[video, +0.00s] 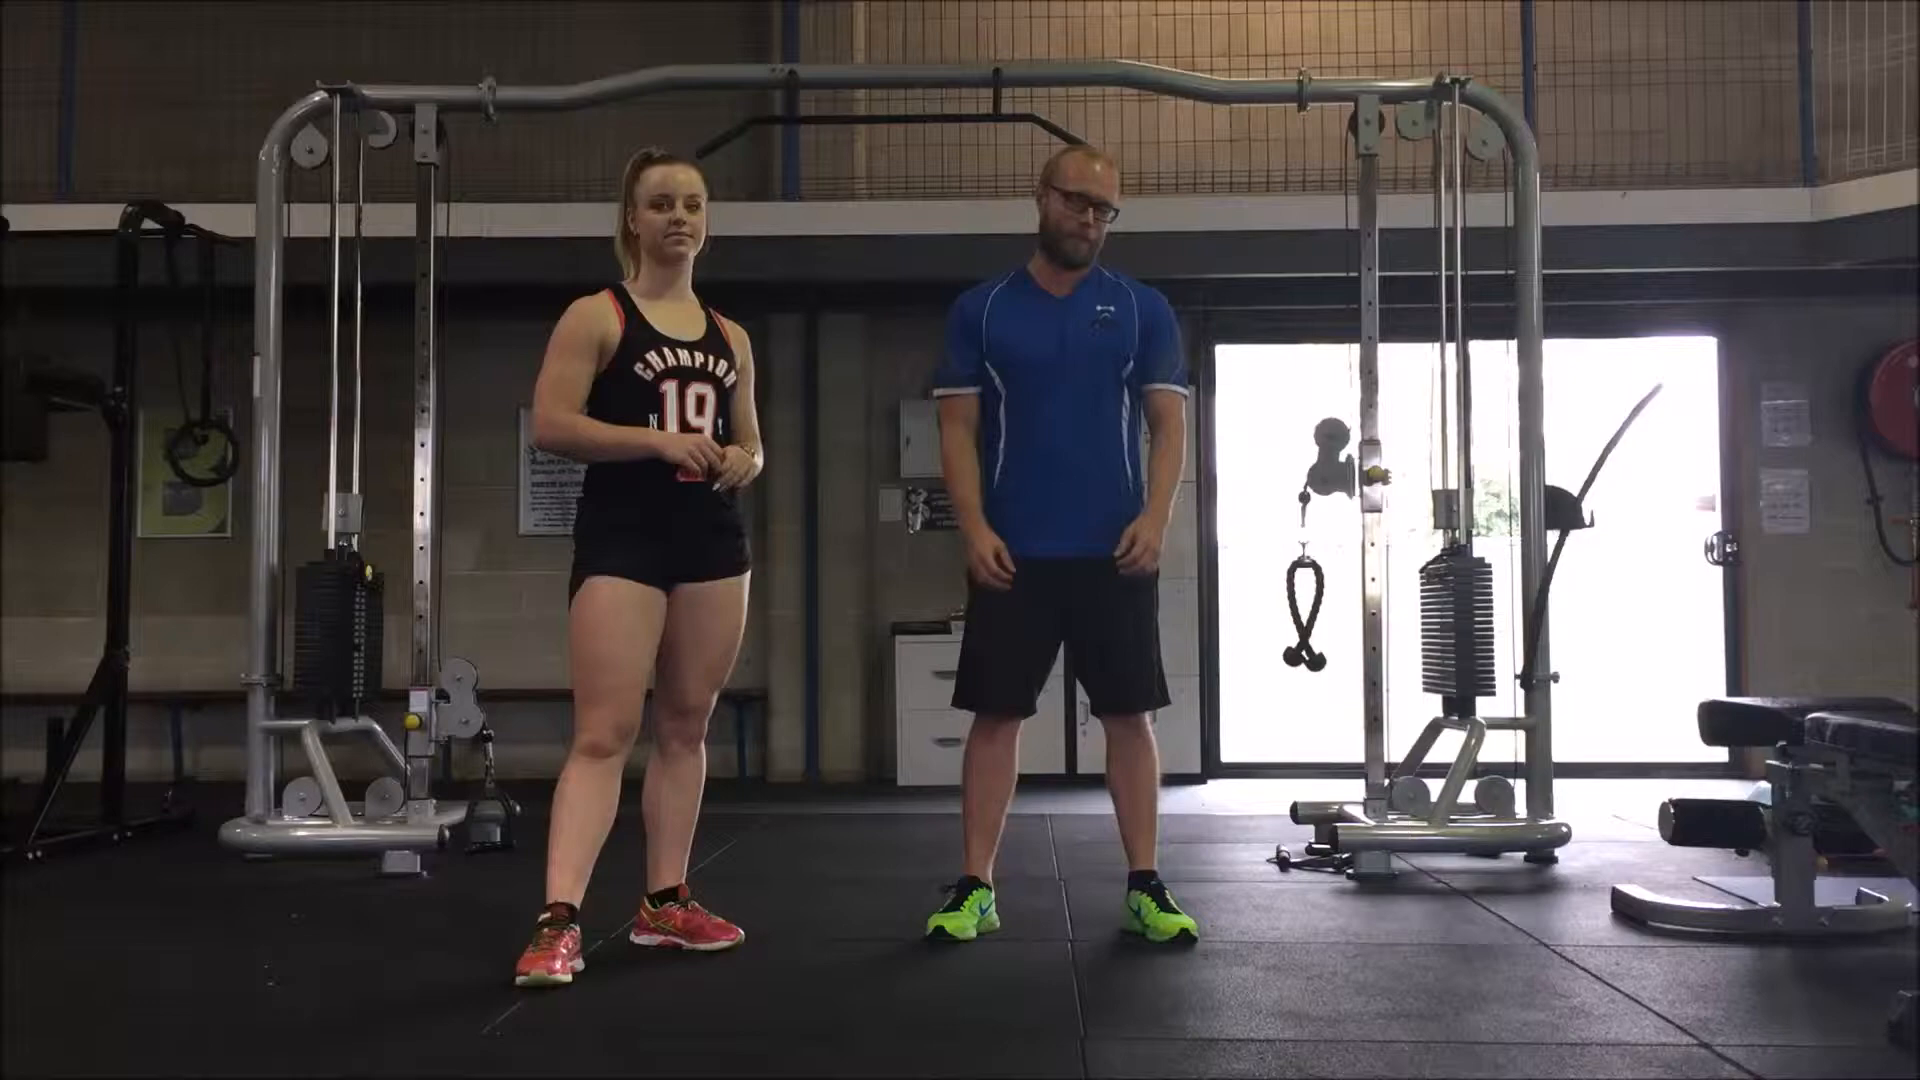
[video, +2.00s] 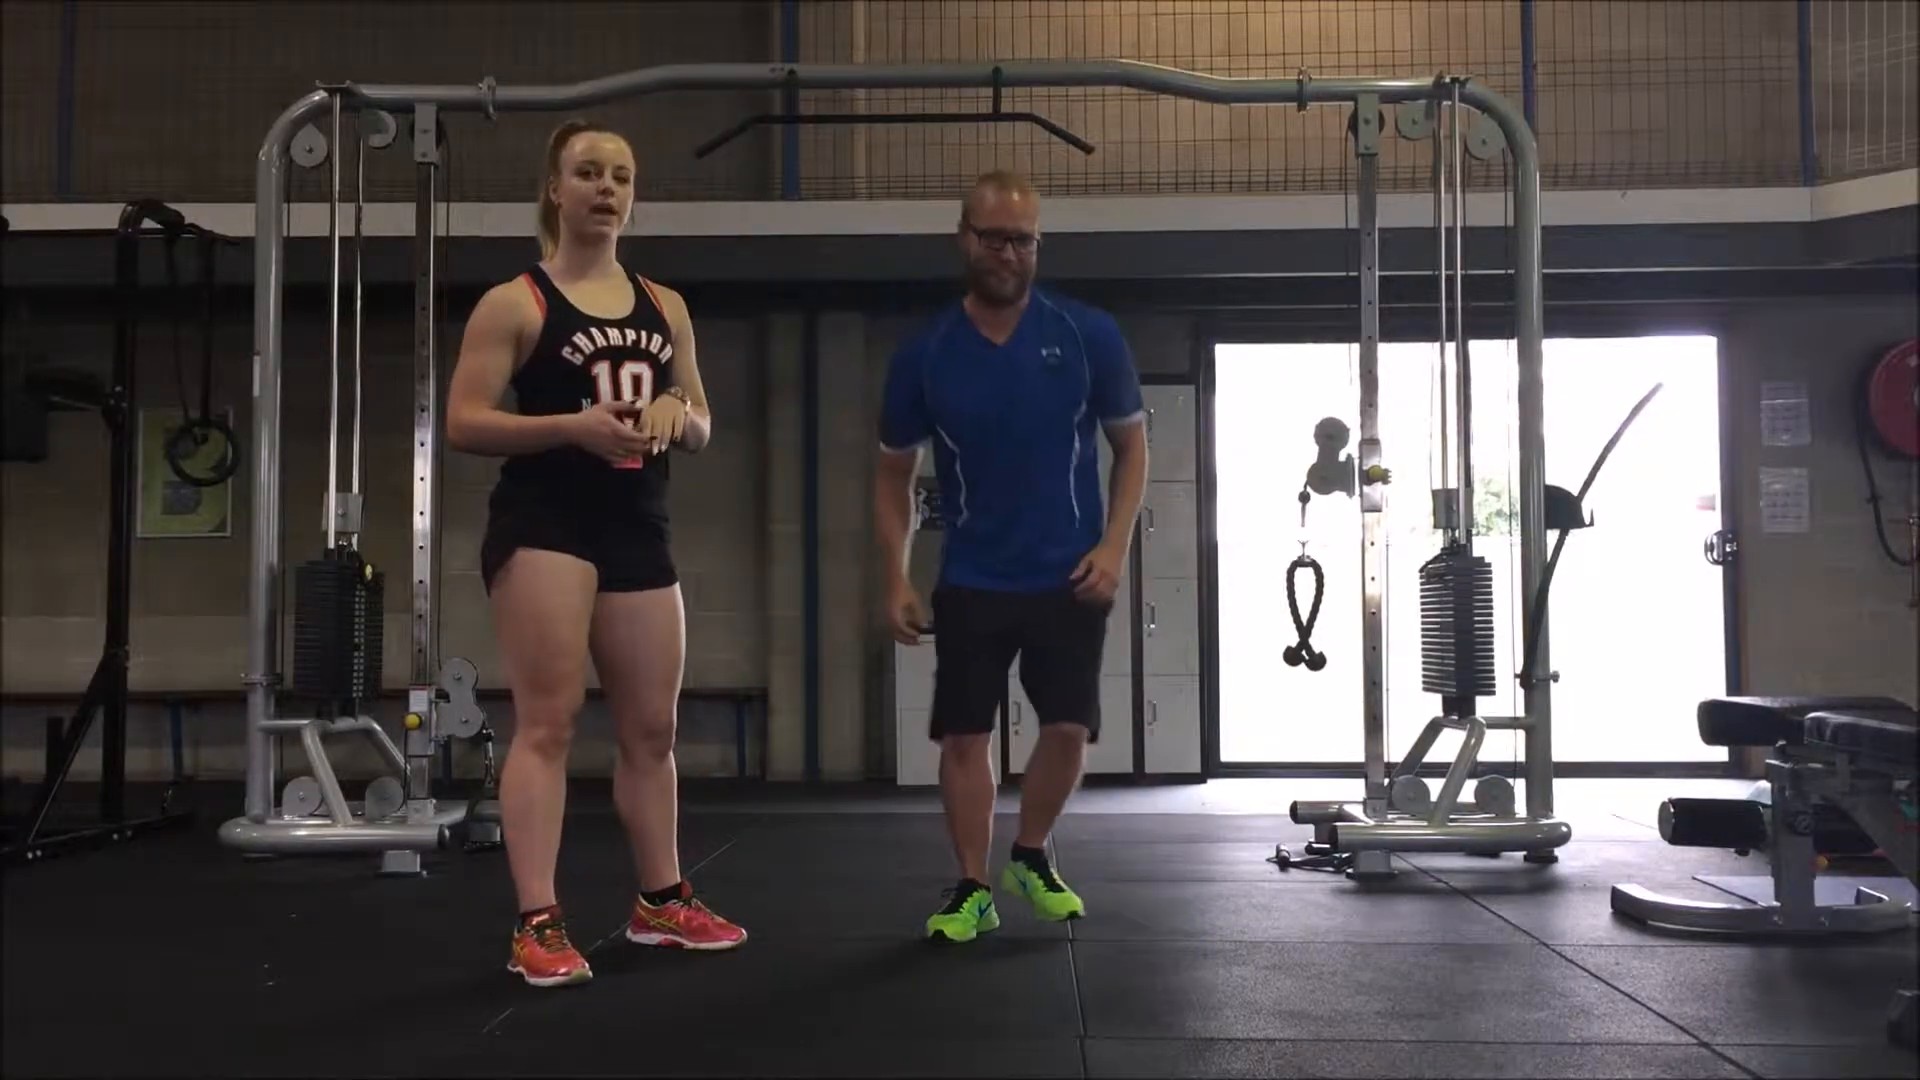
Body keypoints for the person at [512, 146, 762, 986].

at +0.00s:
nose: (679, 216)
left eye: (691, 205)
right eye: (662, 204)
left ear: (708, 221)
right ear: (631, 219)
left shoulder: (730, 337)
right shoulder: (595, 316)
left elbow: (748, 442)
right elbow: (550, 423)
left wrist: (742, 458)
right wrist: (657, 438)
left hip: (714, 549)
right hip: (621, 545)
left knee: (686, 728)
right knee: (602, 736)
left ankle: (667, 901)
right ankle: (559, 919)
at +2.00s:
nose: (605, 188)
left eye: (618, 177)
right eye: (588, 174)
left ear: (633, 198)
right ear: (553, 190)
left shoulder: (663, 306)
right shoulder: (512, 304)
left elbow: (699, 423)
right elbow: (465, 423)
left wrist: (679, 418)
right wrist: (574, 427)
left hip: (639, 533)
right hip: (545, 527)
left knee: (652, 731)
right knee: (546, 722)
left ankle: (662, 900)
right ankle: (537, 923)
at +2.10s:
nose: (609, 189)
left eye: (622, 178)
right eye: (590, 174)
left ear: (634, 198)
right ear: (553, 191)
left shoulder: (664, 305)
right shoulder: (513, 304)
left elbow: (706, 422)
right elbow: (467, 423)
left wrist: (681, 416)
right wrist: (582, 429)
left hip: (640, 534)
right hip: (547, 528)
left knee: (652, 731)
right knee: (547, 723)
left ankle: (662, 901)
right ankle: (538, 924)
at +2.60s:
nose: (649, 199)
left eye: (650, 185)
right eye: (633, 184)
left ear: (621, 198)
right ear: (581, 191)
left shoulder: (661, 309)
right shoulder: (521, 304)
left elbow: (721, 413)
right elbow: (474, 422)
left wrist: (706, 442)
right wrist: (592, 428)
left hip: (643, 534)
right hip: (553, 529)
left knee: (651, 735)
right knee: (552, 725)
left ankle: (662, 902)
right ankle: (538, 925)